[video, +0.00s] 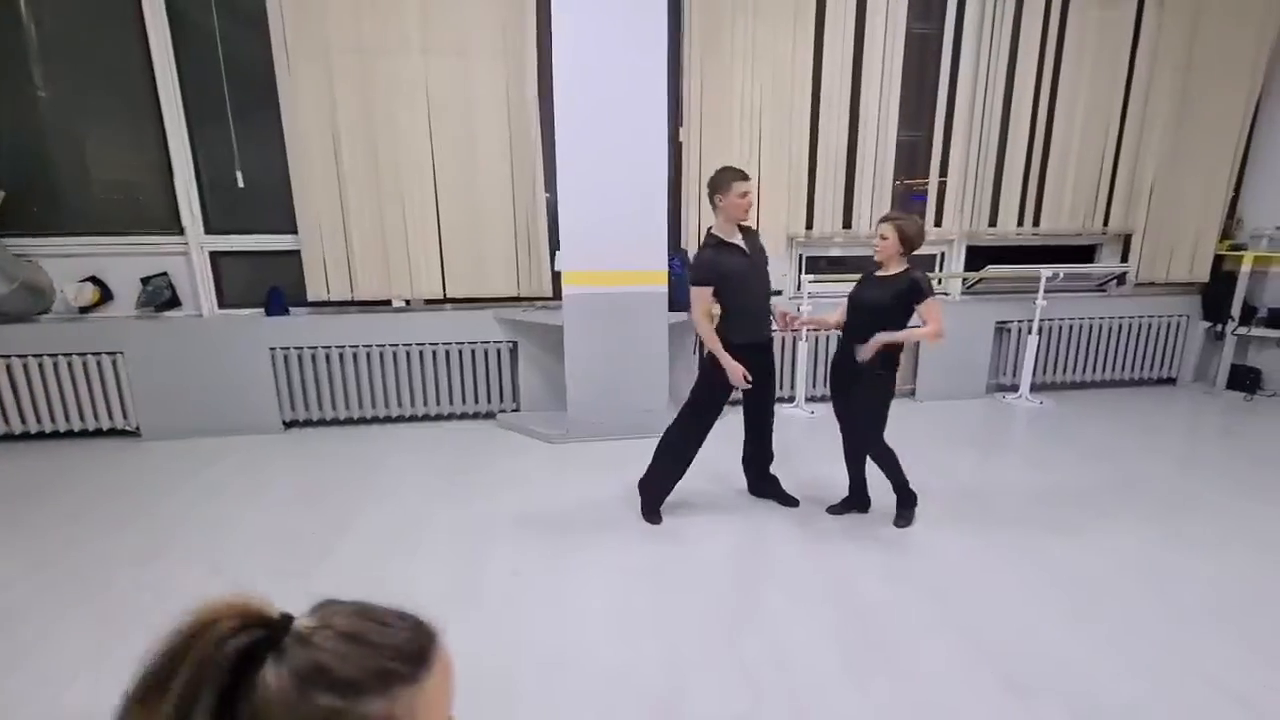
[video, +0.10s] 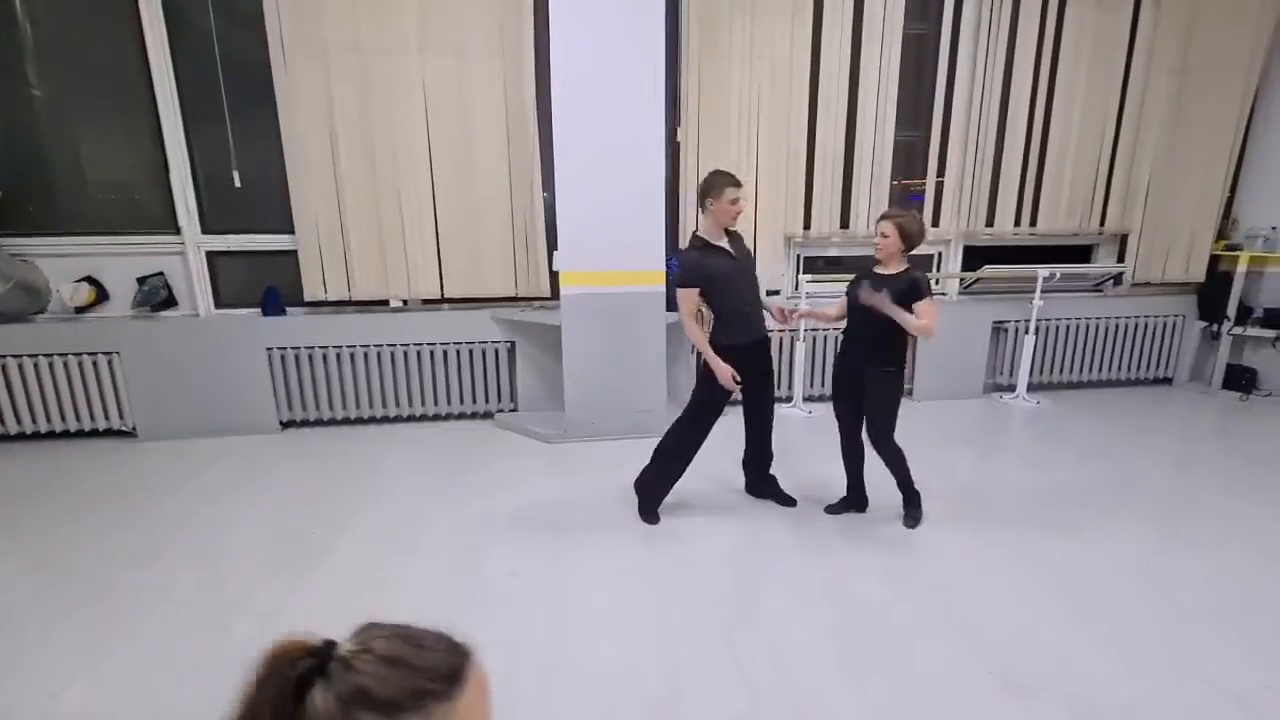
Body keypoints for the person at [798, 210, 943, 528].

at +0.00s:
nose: (876, 243)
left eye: (883, 238)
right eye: (876, 237)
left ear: (902, 245)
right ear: (882, 241)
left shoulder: (914, 280)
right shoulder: (871, 275)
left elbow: (935, 330)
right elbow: (844, 319)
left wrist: (882, 338)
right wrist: (808, 320)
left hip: (878, 369)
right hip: (845, 363)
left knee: (870, 438)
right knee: (849, 433)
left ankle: (905, 496)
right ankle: (857, 495)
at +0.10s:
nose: (877, 241)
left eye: (884, 236)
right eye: (877, 235)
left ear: (904, 243)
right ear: (877, 239)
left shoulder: (913, 281)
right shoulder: (864, 277)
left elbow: (927, 328)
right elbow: (836, 315)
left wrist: (890, 308)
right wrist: (807, 312)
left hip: (885, 372)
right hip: (848, 367)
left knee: (879, 437)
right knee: (849, 434)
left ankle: (910, 497)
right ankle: (855, 495)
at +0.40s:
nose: (892, 245)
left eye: (899, 240)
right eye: (893, 239)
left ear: (920, 246)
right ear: (899, 244)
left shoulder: (937, 282)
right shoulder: (887, 280)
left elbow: (949, 312)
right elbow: (851, 310)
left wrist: (904, 302)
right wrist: (815, 302)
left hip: (924, 375)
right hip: (883, 370)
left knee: (916, 440)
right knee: (854, 429)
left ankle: (925, 501)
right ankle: (854, 495)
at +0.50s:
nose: (899, 247)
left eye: (906, 242)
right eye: (899, 241)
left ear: (927, 247)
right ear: (904, 245)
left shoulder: (946, 281)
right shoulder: (895, 283)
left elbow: (962, 310)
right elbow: (857, 311)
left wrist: (926, 320)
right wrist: (818, 305)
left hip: (934, 376)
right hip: (894, 370)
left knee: (920, 441)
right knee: (858, 425)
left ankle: (922, 503)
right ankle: (850, 491)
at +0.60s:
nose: (903, 247)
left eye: (910, 242)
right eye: (903, 241)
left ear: (931, 246)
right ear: (907, 244)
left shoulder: (952, 282)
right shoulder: (898, 284)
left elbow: (977, 305)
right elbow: (859, 307)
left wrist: (969, 327)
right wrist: (820, 303)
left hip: (945, 374)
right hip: (906, 366)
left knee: (922, 438)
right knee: (863, 417)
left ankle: (920, 500)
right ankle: (851, 485)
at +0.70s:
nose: (905, 248)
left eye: (912, 241)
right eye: (905, 241)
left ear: (934, 245)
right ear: (908, 243)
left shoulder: (955, 281)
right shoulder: (897, 283)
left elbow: (993, 302)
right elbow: (856, 304)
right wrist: (815, 302)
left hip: (953, 373)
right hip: (913, 367)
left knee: (925, 436)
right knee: (872, 417)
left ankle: (919, 499)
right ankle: (860, 486)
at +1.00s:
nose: (894, 249)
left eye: (901, 243)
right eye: (893, 243)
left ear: (923, 248)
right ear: (894, 245)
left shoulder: (946, 283)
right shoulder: (884, 285)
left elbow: (983, 307)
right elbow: (841, 302)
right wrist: (793, 300)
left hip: (940, 375)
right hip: (900, 370)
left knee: (912, 437)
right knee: (861, 421)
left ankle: (911, 500)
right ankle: (873, 485)